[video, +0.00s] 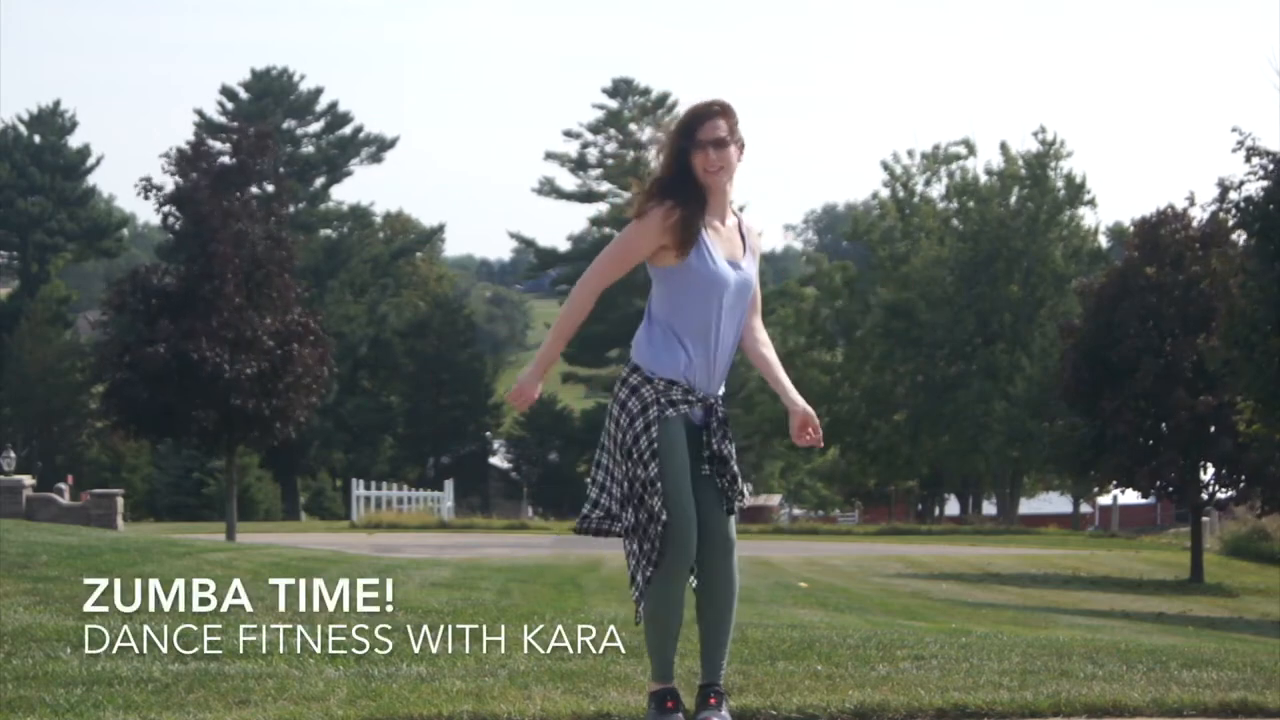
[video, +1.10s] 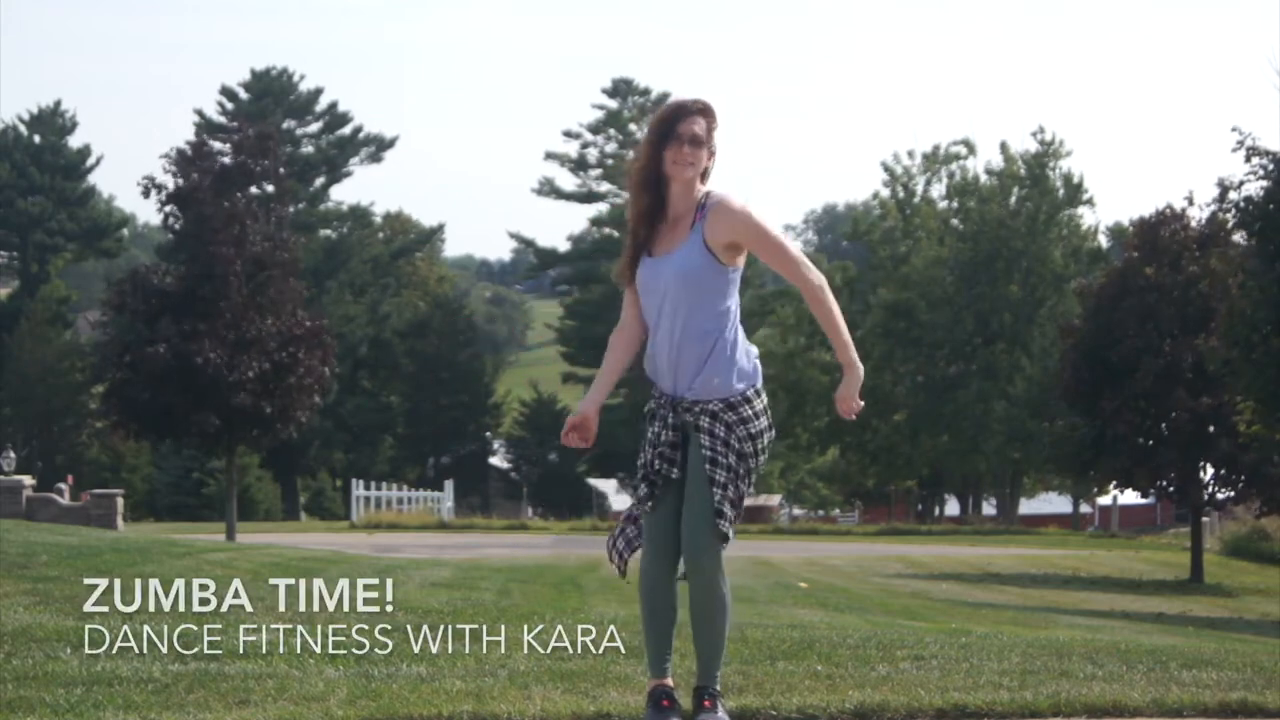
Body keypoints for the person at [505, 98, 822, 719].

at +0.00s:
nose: (716, 153)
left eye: (725, 142)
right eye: (704, 145)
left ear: (739, 150)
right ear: (686, 155)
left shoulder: (744, 231)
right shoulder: (665, 219)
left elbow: (752, 330)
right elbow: (589, 285)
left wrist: (793, 400)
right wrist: (539, 368)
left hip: (706, 406)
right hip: (657, 395)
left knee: (720, 545)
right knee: (678, 542)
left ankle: (713, 694)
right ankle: (663, 692)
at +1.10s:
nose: (693, 151)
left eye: (703, 143)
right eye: (683, 140)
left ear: (712, 155)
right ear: (657, 149)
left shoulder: (724, 217)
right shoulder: (646, 234)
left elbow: (809, 279)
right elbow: (629, 328)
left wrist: (851, 366)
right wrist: (592, 402)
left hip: (724, 407)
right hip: (667, 408)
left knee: (701, 555)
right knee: (656, 552)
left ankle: (708, 695)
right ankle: (660, 685)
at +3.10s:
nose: (691, 154)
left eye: (702, 145)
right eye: (681, 146)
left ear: (719, 156)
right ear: (662, 157)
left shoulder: (745, 227)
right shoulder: (650, 234)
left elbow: (792, 320)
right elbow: (570, 290)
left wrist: (742, 402)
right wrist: (478, 296)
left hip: (703, 413)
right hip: (636, 405)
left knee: (690, 560)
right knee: (647, 554)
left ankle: (708, 693)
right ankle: (658, 684)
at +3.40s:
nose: (696, 161)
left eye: (704, 151)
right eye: (684, 151)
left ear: (713, 157)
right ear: (657, 157)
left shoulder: (728, 217)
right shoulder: (642, 240)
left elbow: (821, 250)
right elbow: (574, 311)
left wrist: (877, 299)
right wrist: (482, 317)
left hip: (713, 412)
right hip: (651, 408)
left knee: (691, 561)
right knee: (649, 560)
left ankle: (707, 695)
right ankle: (660, 688)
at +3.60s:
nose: (696, 162)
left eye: (703, 151)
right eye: (684, 151)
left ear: (709, 152)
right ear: (655, 153)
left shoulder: (723, 217)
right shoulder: (625, 231)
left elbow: (822, 239)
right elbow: (571, 310)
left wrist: (902, 224)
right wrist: (490, 346)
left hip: (729, 403)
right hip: (661, 407)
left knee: (713, 555)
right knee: (653, 556)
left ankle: (710, 695)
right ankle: (659, 689)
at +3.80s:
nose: (696, 170)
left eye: (704, 159)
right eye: (685, 158)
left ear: (709, 160)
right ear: (655, 157)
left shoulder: (722, 224)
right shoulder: (615, 232)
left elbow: (820, 255)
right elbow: (568, 316)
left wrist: (896, 211)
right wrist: (496, 360)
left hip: (736, 403)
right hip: (663, 410)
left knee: (726, 549)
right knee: (669, 552)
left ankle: (713, 691)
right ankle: (662, 690)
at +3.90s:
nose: (693, 168)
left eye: (702, 158)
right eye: (683, 157)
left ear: (708, 161)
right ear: (654, 156)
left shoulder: (719, 228)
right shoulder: (614, 231)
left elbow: (811, 270)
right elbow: (571, 320)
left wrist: (876, 217)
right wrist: (505, 372)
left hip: (735, 400)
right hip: (660, 406)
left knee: (727, 552)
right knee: (677, 553)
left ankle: (713, 690)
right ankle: (664, 690)